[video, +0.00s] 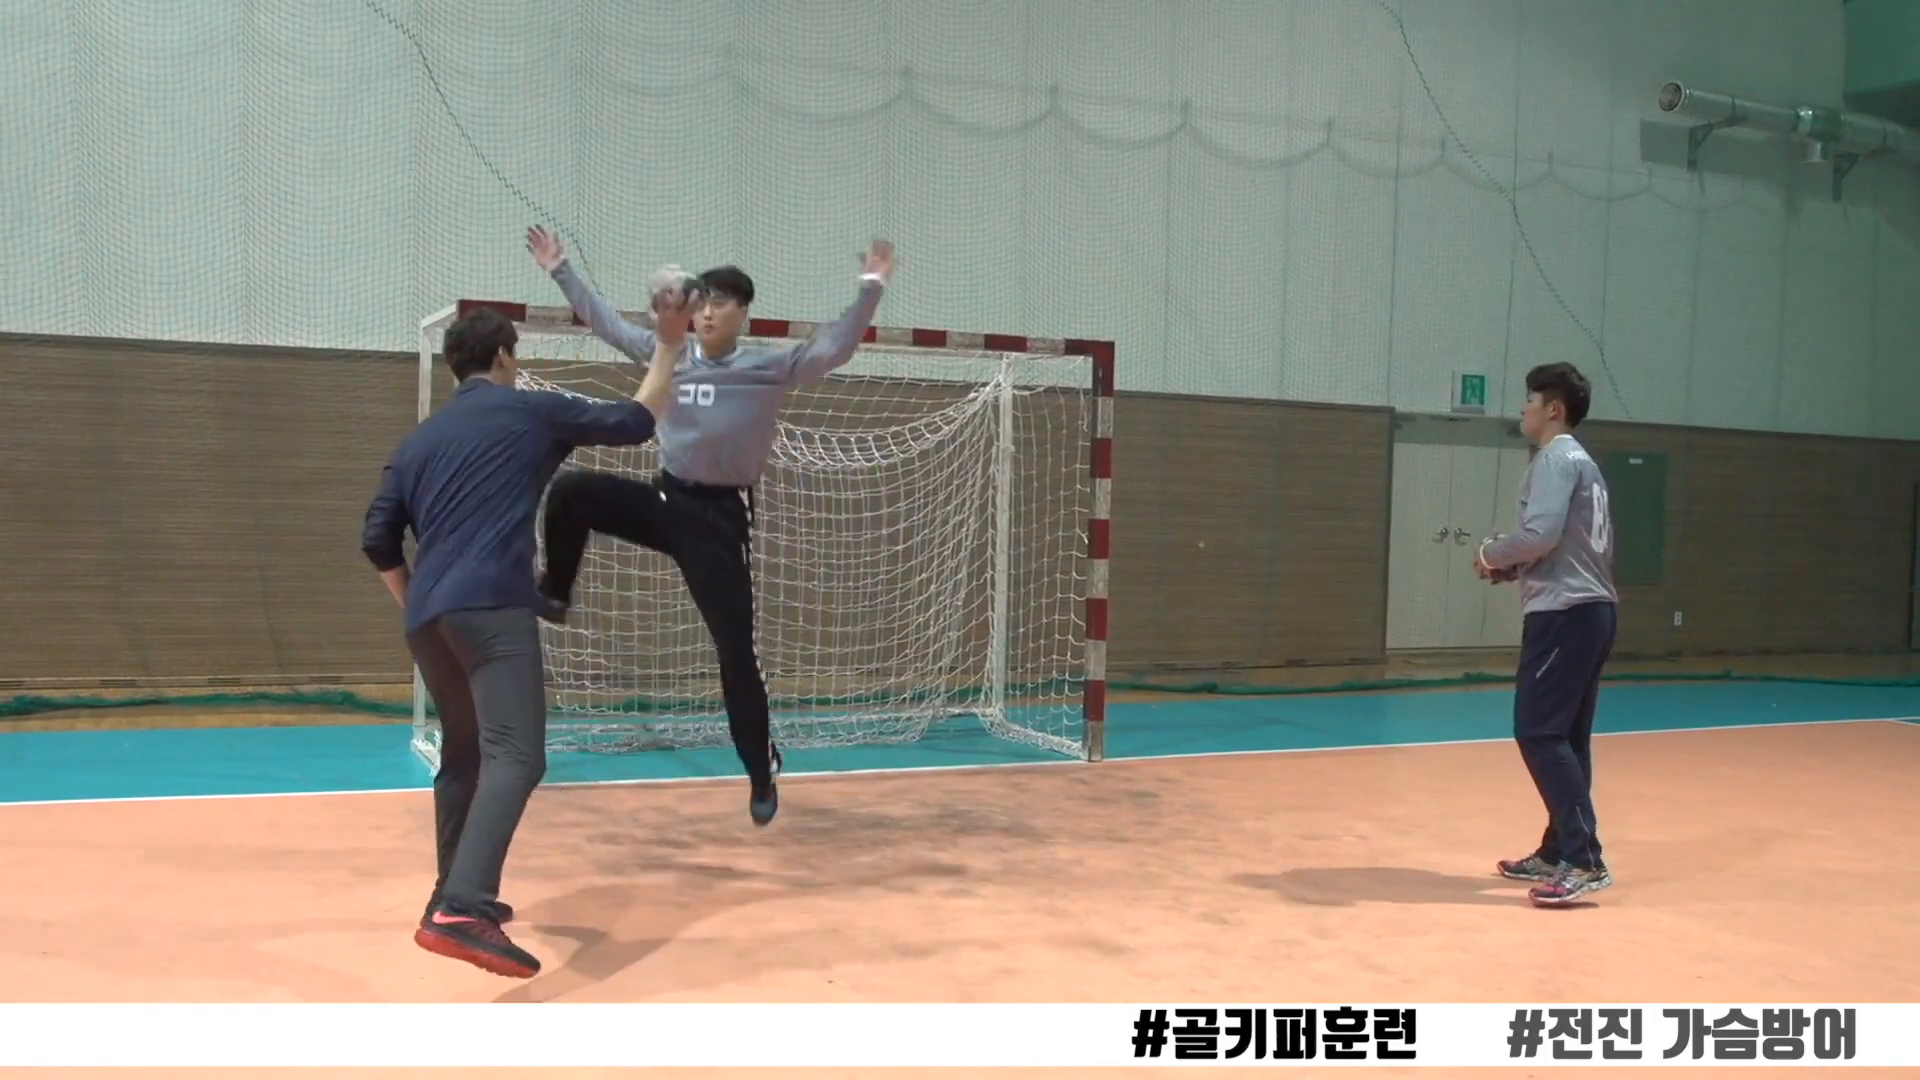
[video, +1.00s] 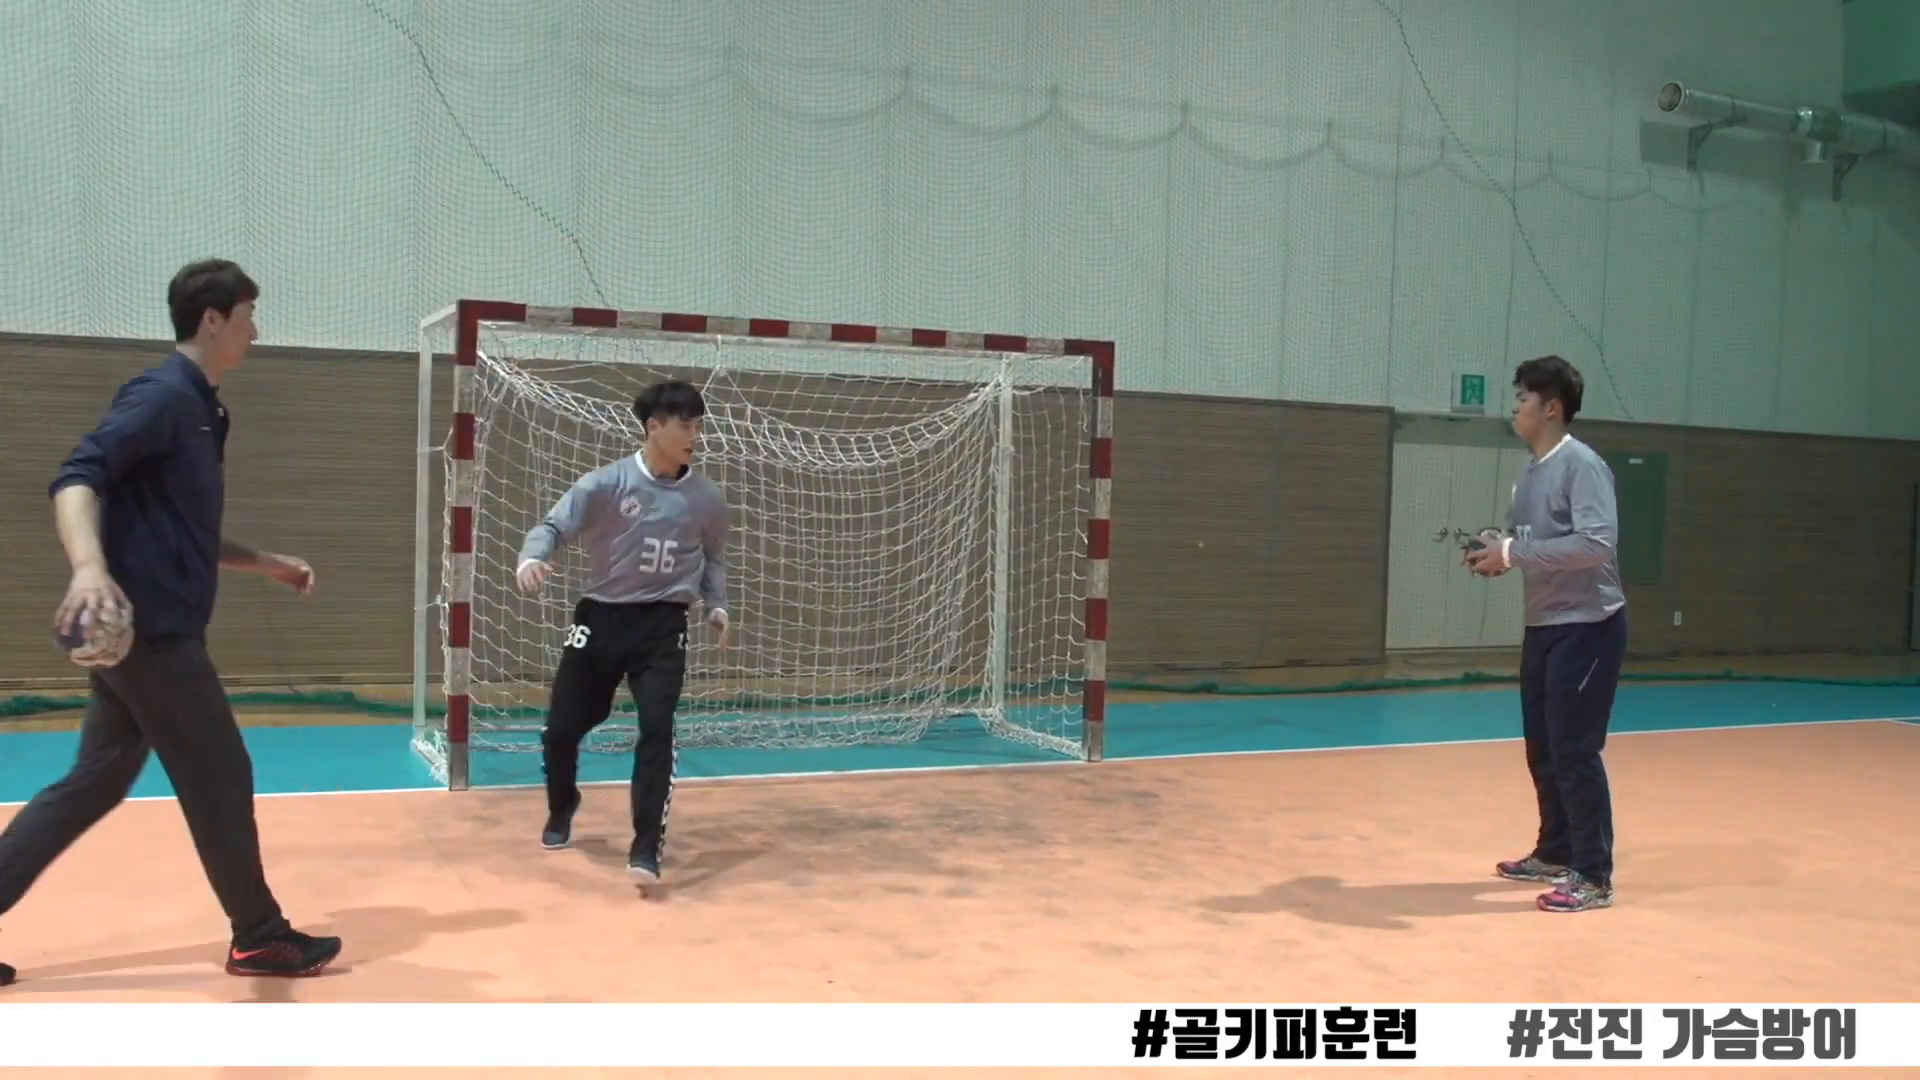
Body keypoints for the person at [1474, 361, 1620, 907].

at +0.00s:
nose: (1523, 408)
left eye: (1531, 399)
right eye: (1527, 399)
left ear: (1555, 407)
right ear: (1562, 410)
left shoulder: (1557, 456)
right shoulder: (1581, 462)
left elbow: (1541, 537)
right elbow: (1571, 551)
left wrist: (1492, 556)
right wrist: (1513, 567)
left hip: (1565, 612)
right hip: (1590, 611)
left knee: (1537, 731)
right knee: (1569, 734)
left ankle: (1584, 862)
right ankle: (1558, 852)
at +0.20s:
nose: (1521, 407)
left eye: (1529, 398)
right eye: (1524, 398)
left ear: (1554, 406)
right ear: (1554, 408)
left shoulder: (1561, 457)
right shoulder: (1554, 459)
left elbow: (1548, 537)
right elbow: (1550, 539)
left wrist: (1492, 557)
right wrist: (1506, 560)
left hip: (1572, 616)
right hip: (1558, 615)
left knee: (1559, 738)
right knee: (1551, 737)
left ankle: (1591, 871)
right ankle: (1559, 854)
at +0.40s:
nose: (1520, 406)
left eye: (1528, 397)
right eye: (1523, 397)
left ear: (1553, 405)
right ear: (1552, 406)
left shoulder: (1564, 456)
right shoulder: (1549, 460)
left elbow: (1554, 537)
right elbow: (1546, 536)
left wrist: (1497, 555)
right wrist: (1501, 555)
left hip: (1571, 617)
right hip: (1553, 617)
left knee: (1565, 743)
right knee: (1554, 742)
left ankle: (1591, 874)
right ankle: (1557, 855)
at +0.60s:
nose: (1521, 406)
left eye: (1529, 397)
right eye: (1523, 397)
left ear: (1555, 403)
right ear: (1553, 404)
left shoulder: (1569, 456)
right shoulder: (1551, 459)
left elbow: (1562, 538)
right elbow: (1550, 537)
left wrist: (1499, 549)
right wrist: (1501, 550)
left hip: (1572, 620)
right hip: (1550, 620)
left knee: (1567, 746)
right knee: (1552, 745)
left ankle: (1592, 876)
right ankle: (1556, 855)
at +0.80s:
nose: (1519, 406)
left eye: (1528, 396)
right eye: (1521, 396)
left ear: (1556, 404)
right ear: (1549, 404)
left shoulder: (1575, 459)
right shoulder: (1545, 464)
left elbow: (1581, 541)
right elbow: (1547, 538)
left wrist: (1508, 554)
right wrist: (1503, 550)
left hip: (1581, 625)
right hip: (1547, 624)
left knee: (1572, 751)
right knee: (1548, 749)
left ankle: (1592, 877)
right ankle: (1555, 856)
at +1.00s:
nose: (1515, 407)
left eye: (1525, 398)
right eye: (1517, 398)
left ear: (1555, 406)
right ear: (1541, 407)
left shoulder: (1584, 464)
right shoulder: (1531, 473)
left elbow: (1597, 547)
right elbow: (1535, 545)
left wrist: (1515, 553)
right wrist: (1500, 551)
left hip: (1588, 627)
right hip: (1544, 627)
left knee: (1574, 749)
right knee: (1542, 747)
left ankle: (1594, 877)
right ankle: (1556, 853)